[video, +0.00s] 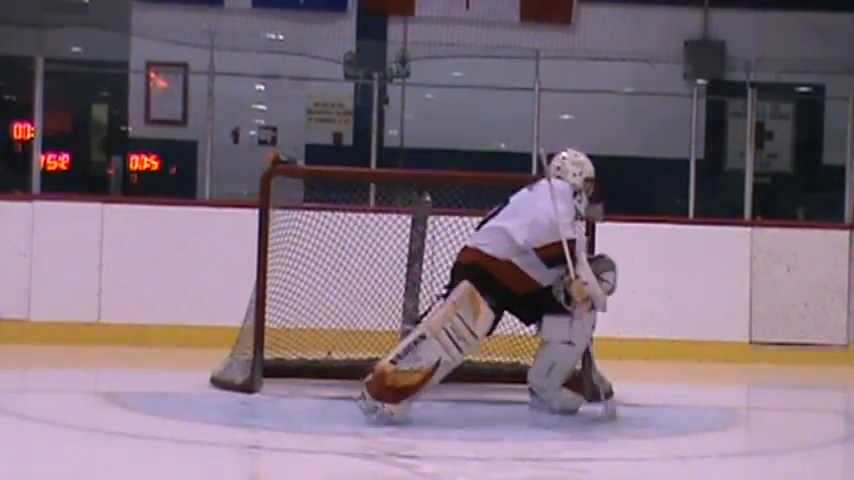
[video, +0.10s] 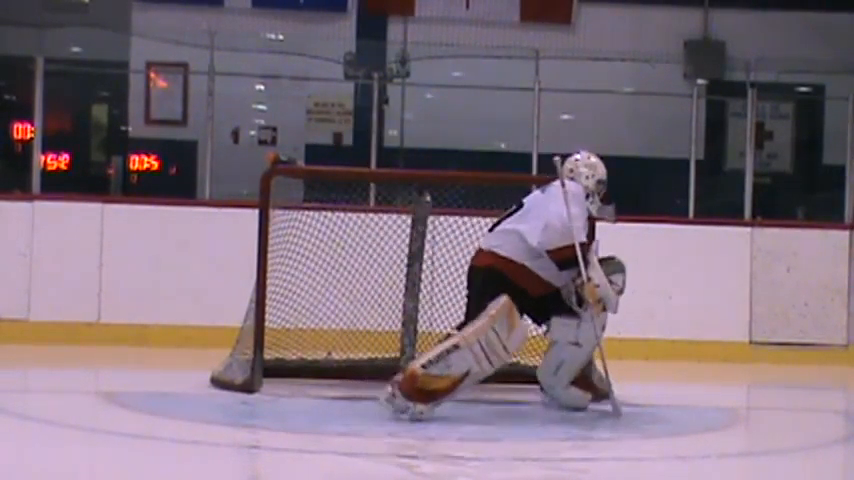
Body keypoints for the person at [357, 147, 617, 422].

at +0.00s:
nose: (587, 190)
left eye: (588, 184)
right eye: (585, 183)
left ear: (558, 173)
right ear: (575, 177)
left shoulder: (566, 206)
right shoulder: (553, 189)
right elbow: (550, 240)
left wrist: (590, 371)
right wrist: (576, 276)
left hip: (523, 279)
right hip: (489, 265)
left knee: (574, 314)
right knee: (456, 329)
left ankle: (546, 388)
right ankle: (384, 392)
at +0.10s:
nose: (599, 191)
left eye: (599, 185)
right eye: (599, 184)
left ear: (567, 174)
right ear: (593, 181)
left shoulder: (551, 192)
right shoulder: (570, 192)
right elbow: (562, 241)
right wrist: (583, 282)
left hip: (490, 261)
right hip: (513, 265)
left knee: (483, 340)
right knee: (579, 320)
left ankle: (412, 389)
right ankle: (557, 384)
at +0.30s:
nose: (611, 179)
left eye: (611, 173)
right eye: (609, 172)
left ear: (579, 165)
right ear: (600, 170)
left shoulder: (568, 186)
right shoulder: (578, 187)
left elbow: (578, 240)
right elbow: (561, 235)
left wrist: (593, 272)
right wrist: (582, 278)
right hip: (518, 263)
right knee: (550, 329)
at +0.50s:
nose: (614, 167)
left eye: (615, 161)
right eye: (610, 160)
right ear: (593, 159)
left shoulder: (596, 197)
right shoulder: (569, 175)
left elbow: (584, 240)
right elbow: (555, 224)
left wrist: (594, 264)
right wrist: (560, 271)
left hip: (542, 254)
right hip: (515, 250)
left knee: (559, 316)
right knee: (536, 320)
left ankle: (571, 378)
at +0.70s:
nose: (593, 172)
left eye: (597, 165)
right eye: (587, 164)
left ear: (600, 165)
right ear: (567, 162)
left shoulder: (594, 194)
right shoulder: (544, 183)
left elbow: (591, 242)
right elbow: (504, 213)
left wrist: (611, 258)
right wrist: (508, 245)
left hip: (576, 282)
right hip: (539, 276)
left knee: (589, 329)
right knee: (524, 334)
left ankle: (565, 384)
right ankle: (487, 387)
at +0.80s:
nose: (565, 178)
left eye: (571, 171)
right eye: (558, 171)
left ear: (579, 173)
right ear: (543, 171)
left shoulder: (588, 203)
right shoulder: (524, 194)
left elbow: (594, 240)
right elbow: (484, 216)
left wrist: (609, 255)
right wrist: (474, 239)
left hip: (564, 284)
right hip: (518, 279)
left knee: (580, 325)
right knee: (511, 327)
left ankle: (569, 380)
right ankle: (479, 381)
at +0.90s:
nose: (536, 178)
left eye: (542, 172)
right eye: (529, 172)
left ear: (551, 173)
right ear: (516, 171)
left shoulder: (570, 202)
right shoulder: (494, 196)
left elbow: (581, 244)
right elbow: (462, 212)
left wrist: (598, 250)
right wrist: (442, 229)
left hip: (547, 283)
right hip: (497, 280)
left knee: (568, 332)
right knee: (484, 333)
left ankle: (581, 381)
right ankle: (456, 386)